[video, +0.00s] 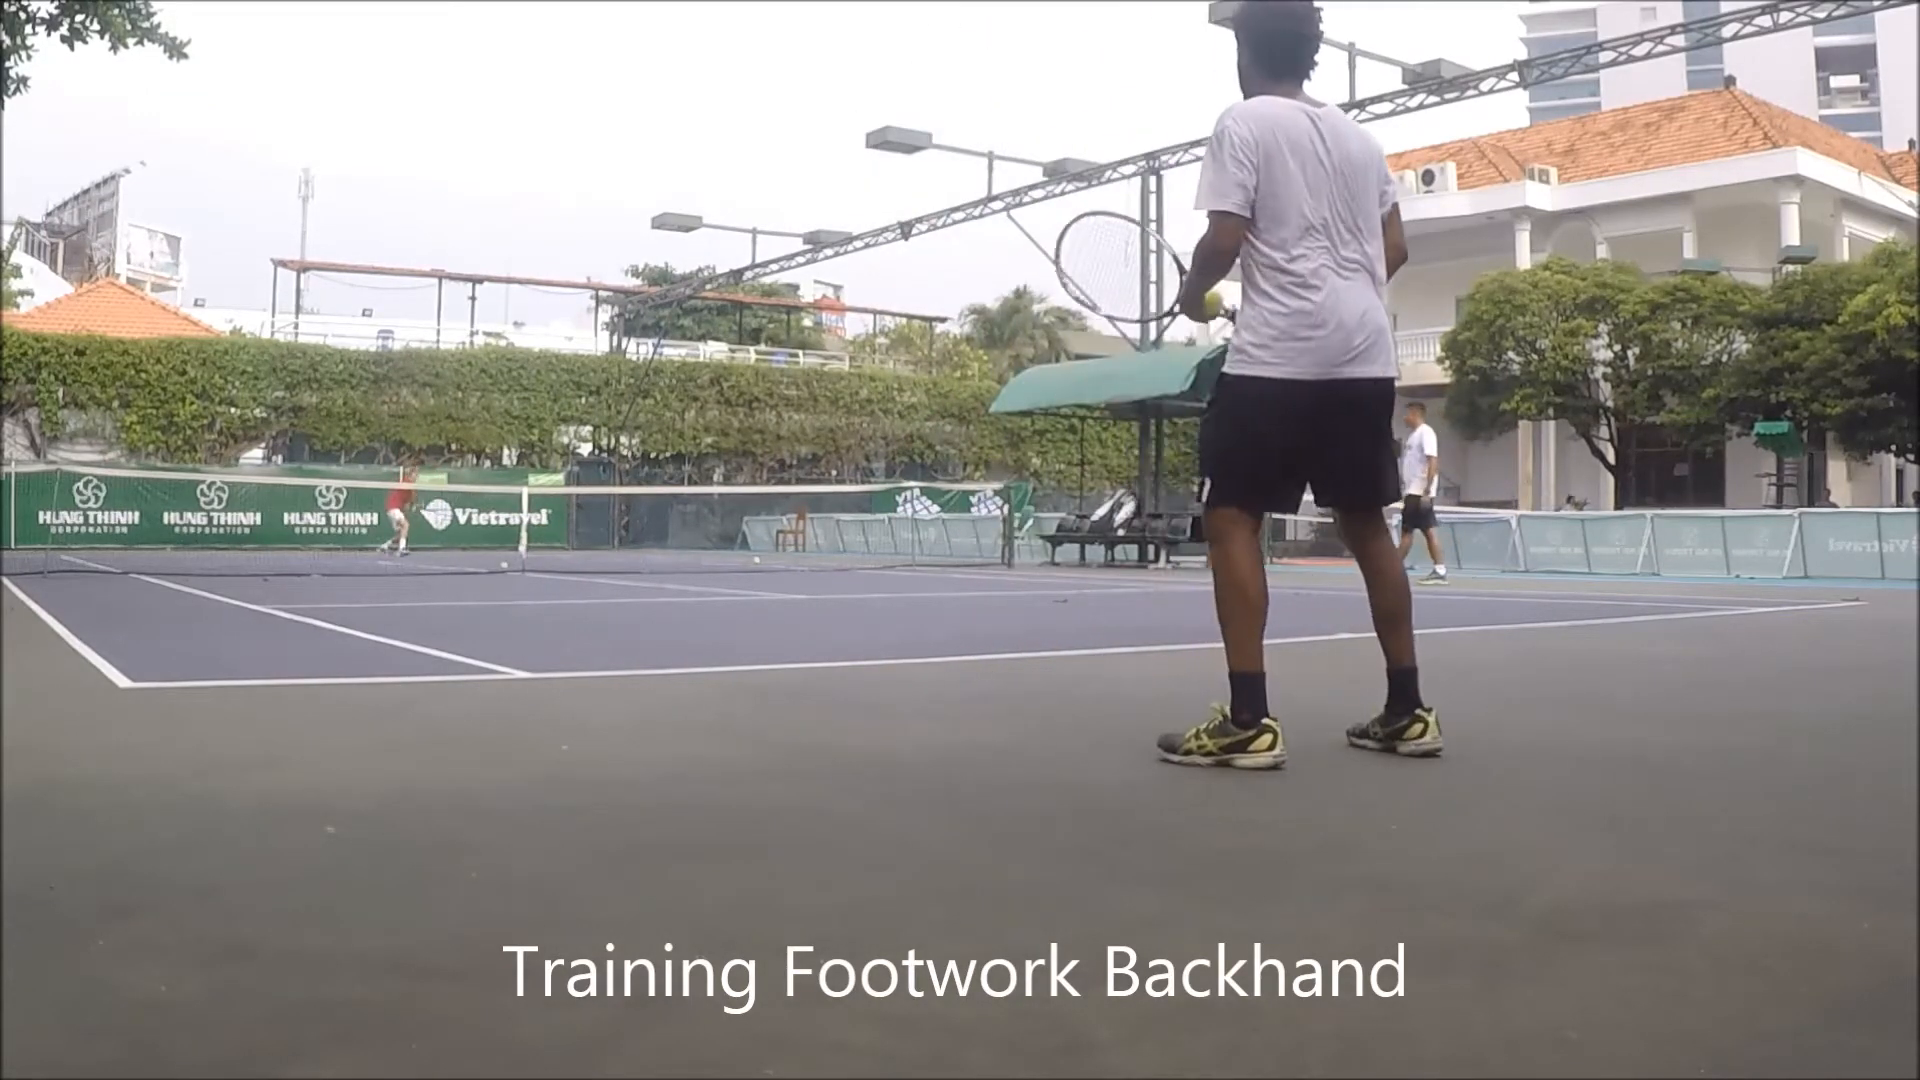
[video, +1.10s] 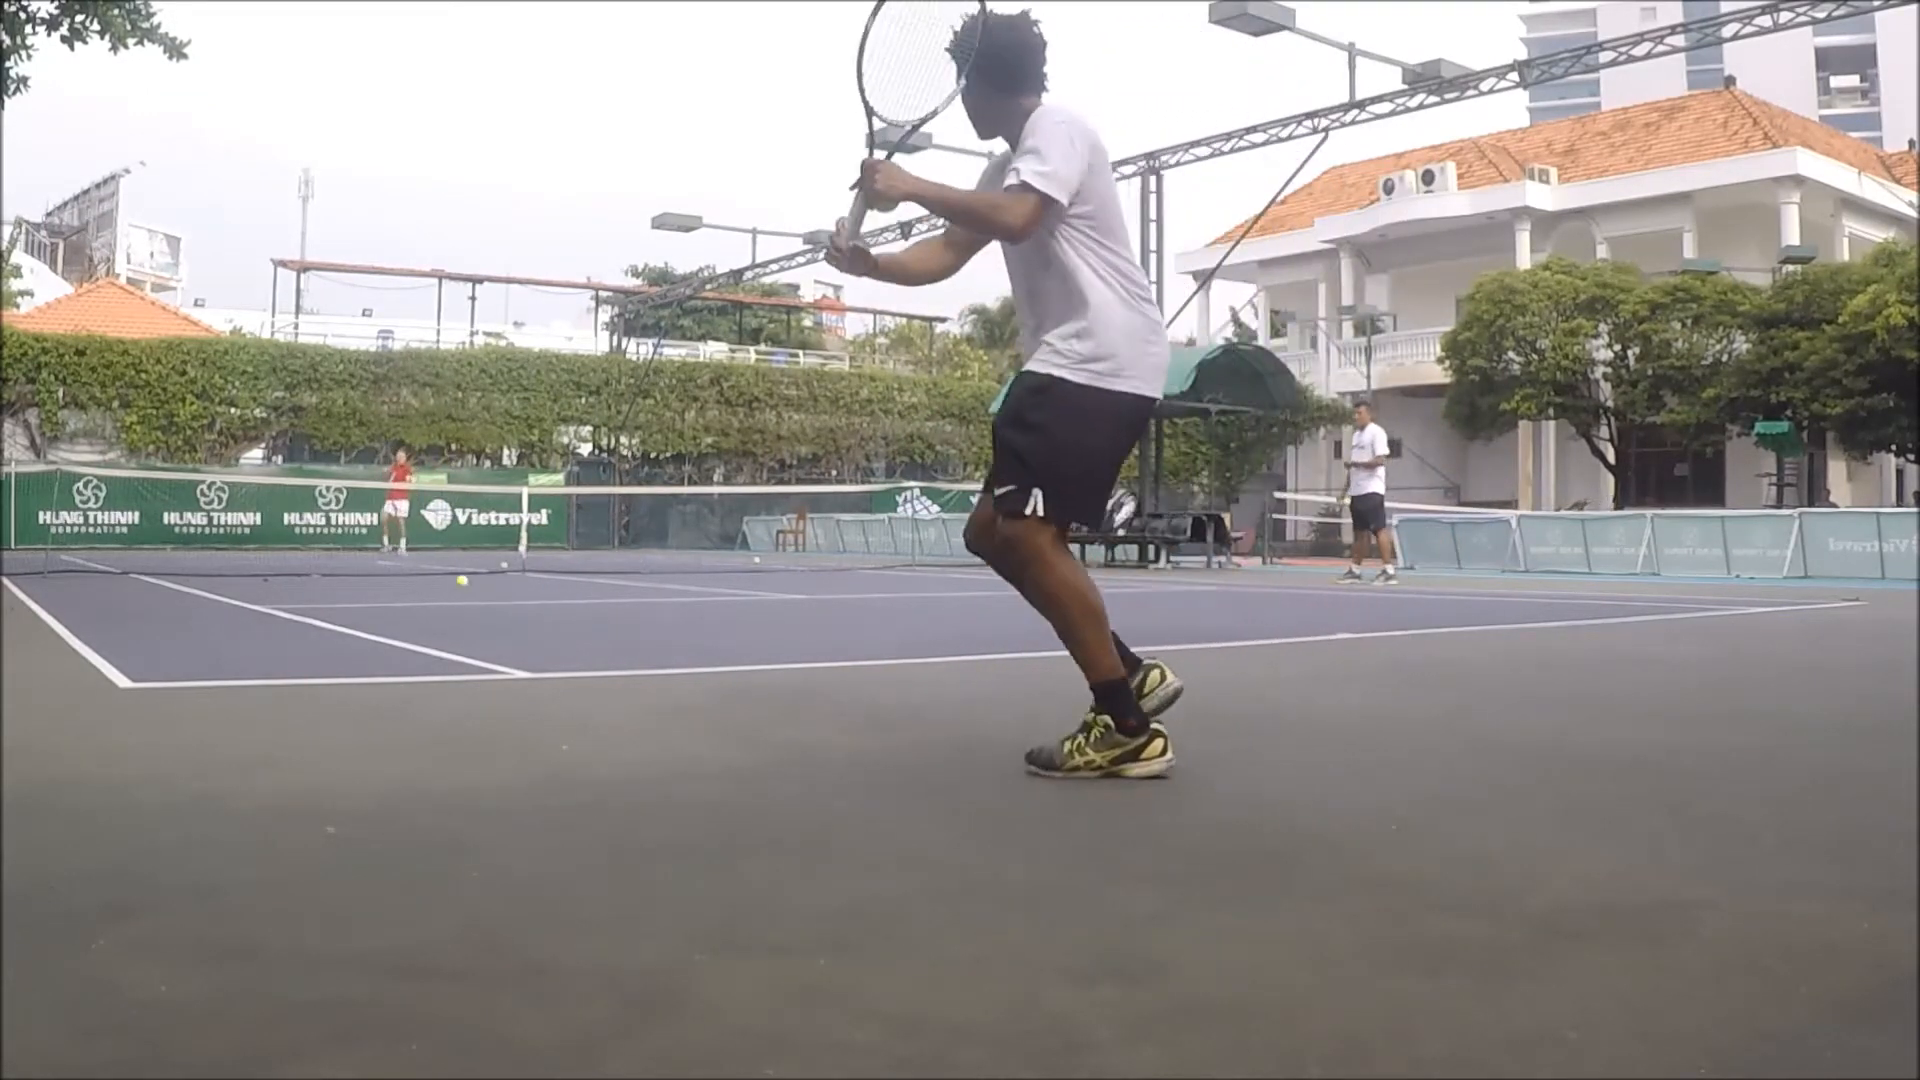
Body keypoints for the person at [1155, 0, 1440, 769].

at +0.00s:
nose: (1232, 60)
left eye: (1235, 46)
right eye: (1237, 45)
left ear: (1246, 52)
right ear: (1312, 55)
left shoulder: (1244, 122)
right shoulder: (1359, 137)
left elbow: (1225, 239)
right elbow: (1394, 250)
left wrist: (1193, 289)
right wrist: (1341, 304)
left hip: (1274, 360)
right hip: (1366, 363)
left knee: (1230, 523)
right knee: (1367, 524)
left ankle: (1247, 719)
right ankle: (1407, 708)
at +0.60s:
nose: (1178, 98)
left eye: (1180, 86)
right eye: (1180, 85)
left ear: (1191, 86)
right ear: (1256, 89)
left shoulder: (1202, 153)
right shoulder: (1310, 165)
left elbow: (1200, 271)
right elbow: (1339, 276)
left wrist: (1157, 299)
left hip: (1254, 373)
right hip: (1341, 383)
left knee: (1139, 525)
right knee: (1326, 548)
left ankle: (1144, 717)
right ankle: (1402, 710)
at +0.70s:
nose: (1130, 95)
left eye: (1132, 81)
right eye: (1132, 81)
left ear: (1144, 83)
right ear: (1205, 83)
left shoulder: (1162, 153)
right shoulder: (1253, 158)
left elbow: (1159, 274)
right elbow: (1256, 280)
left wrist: (1098, 290)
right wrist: (1166, 323)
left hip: (1209, 373)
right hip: (1291, 380)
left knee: (1098, 527)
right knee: (1300, 547)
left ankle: (1129, 725)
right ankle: (1397, 708)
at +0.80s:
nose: (1078, 89)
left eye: (1081, 73)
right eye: (1079, 73)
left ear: (1097, 73)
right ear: (1155, 73)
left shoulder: (1128, 140)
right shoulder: (1191, 145)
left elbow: (1110, 260)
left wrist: (1039, 272)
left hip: (1174, 370)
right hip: (1246, 374)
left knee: (1074, 527)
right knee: (1236, 541)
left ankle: (1129, 726)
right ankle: (1358, 688)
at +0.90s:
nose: (1035, 74)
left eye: (1036, 57)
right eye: (1034, 58)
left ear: (1056, 59)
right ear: (1112, 53)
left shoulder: (1108, 120)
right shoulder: (1127, 129)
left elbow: (1078, 233)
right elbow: (1078, 265)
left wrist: (983, 235)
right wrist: (998, 298)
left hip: (1150, 354)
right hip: (1203, 356)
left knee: (1072, 522)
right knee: (1162, 538)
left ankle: (1130, 726)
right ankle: (1301, 671)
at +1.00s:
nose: (994, 75)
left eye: (998, 58)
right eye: (995, 58)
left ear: (1019, 60)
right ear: (1069, 51)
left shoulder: (1085, 114)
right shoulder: (1067, 138)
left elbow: (1052, 215)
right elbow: (1004, 251)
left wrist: (950, 200)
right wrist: (932, 271)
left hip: (1128, 347)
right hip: (1149, 350)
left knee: (1064, 518)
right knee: (1089, 532)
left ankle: (1130, 725)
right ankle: (1223, 667)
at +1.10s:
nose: (961, 101)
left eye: (965, 85)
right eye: (962, 86)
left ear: (990, 82)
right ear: (1021, 80)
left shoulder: (1058, 129)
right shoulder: (1010, 168)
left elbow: (1018, 217)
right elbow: (940, 257)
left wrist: (912, 188)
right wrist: (864, 260)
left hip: (1100, 361)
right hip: (1068, 362)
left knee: (1020, 531)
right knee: (992, 533)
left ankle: (1125, 726)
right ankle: (1128, 675)